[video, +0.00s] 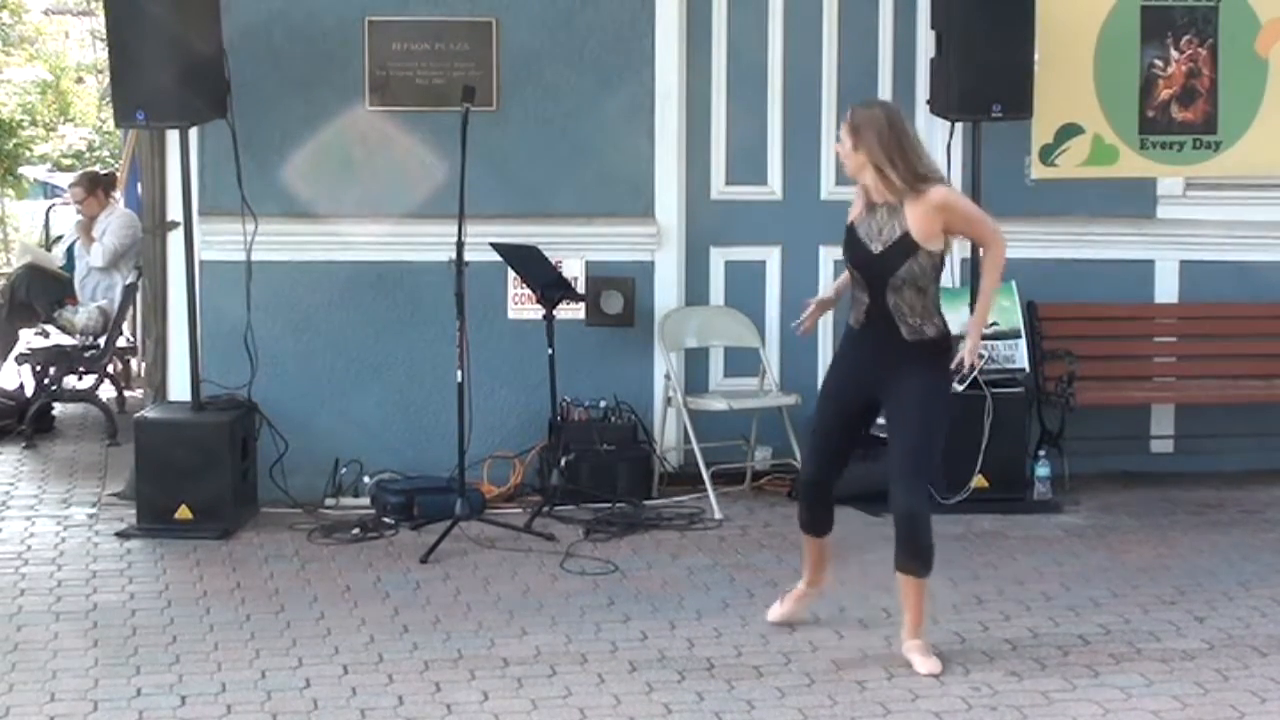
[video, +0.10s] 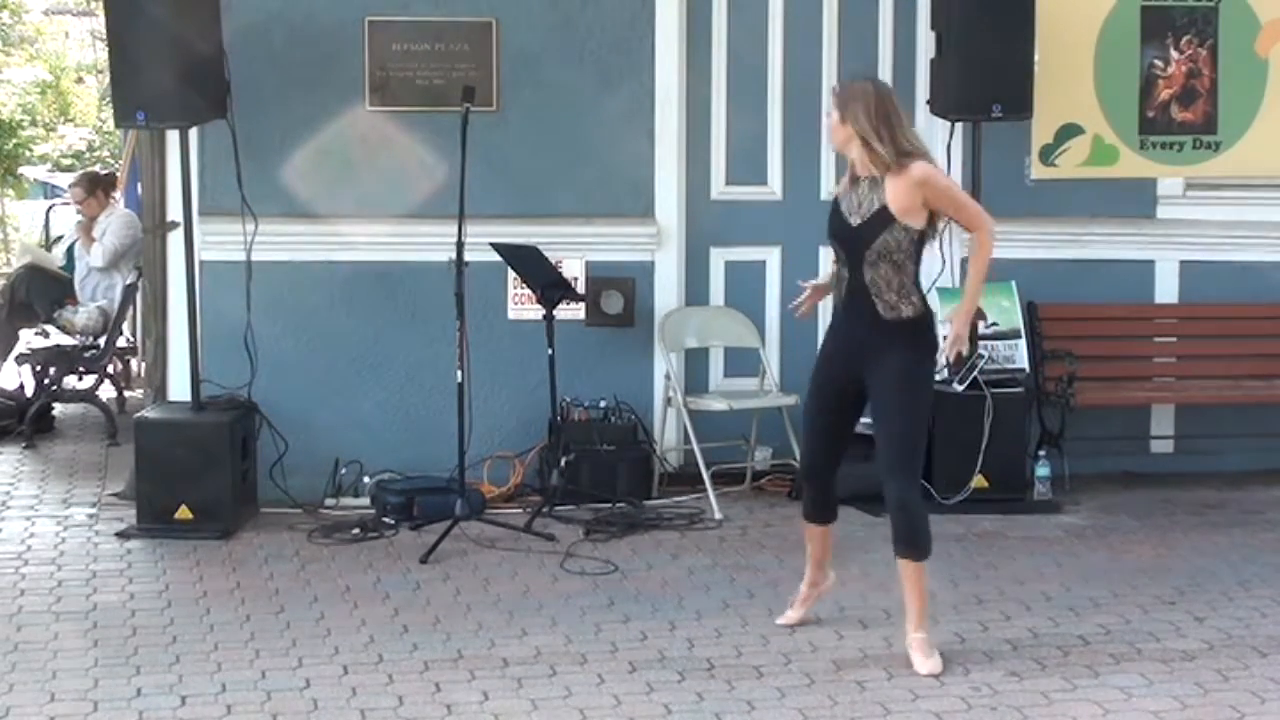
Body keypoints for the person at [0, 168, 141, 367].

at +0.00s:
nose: (77, 209)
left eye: (80, 203)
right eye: (75, 204)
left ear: (100, 195)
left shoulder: (125, 220)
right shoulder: (87, 223)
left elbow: (103, 258)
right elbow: (58, 259)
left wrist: (84, 235)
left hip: (104, 309)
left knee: (29, 275)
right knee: (13, 312)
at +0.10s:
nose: (77, 209)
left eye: (81, 203)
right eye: (75, 204)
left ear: (100, 195)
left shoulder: (125, 220)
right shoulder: (88, 224)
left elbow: (103, 259)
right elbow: (59, 259)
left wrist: (84, 236)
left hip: (104, 310)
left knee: (29, 275)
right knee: (11, 313)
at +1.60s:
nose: (78, 211)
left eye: (81, 204)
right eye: (76, 206)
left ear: (98, 198)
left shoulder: (123, 221)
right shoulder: (86, 229)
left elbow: (97, 258)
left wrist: (95, 223)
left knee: (29, 278)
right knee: (12, 316)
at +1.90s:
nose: (78, 211)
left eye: (82, 204)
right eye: (76, 205)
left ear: (100, 198)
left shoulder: (124, 222)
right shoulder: (85, 229)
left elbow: (98, 259)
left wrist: (95, 223)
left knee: (29, 278)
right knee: (13, 316)